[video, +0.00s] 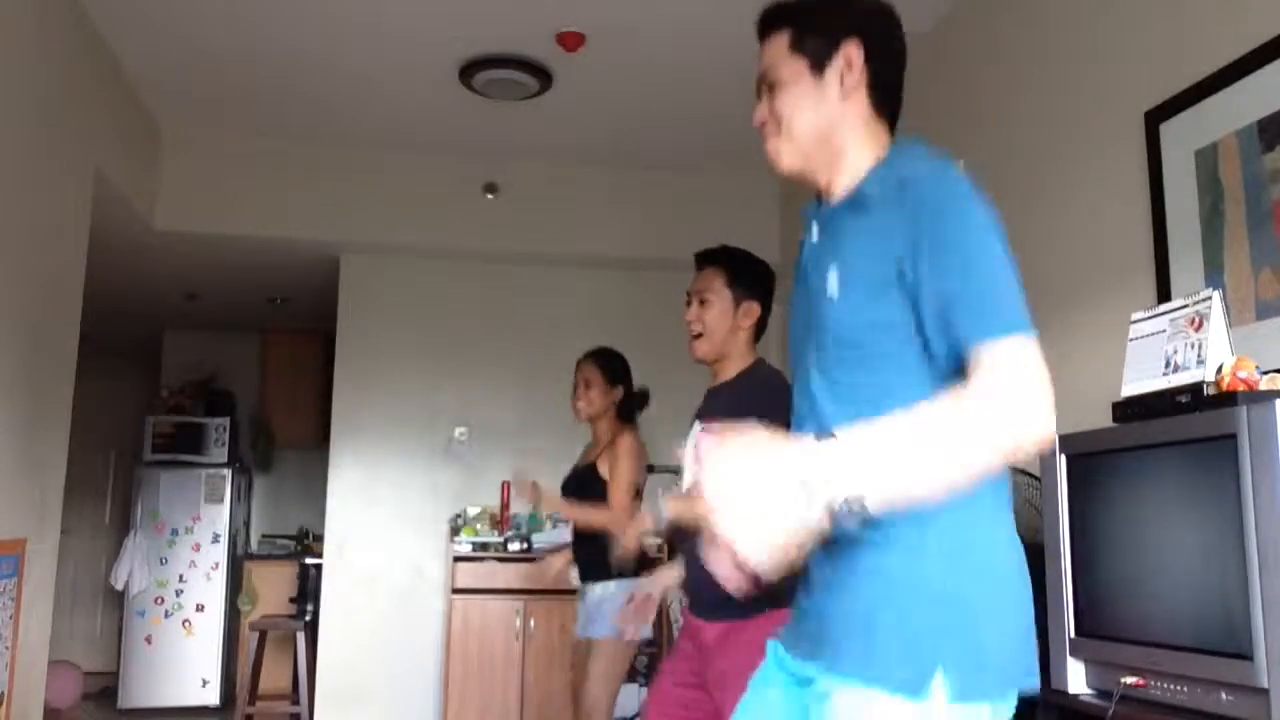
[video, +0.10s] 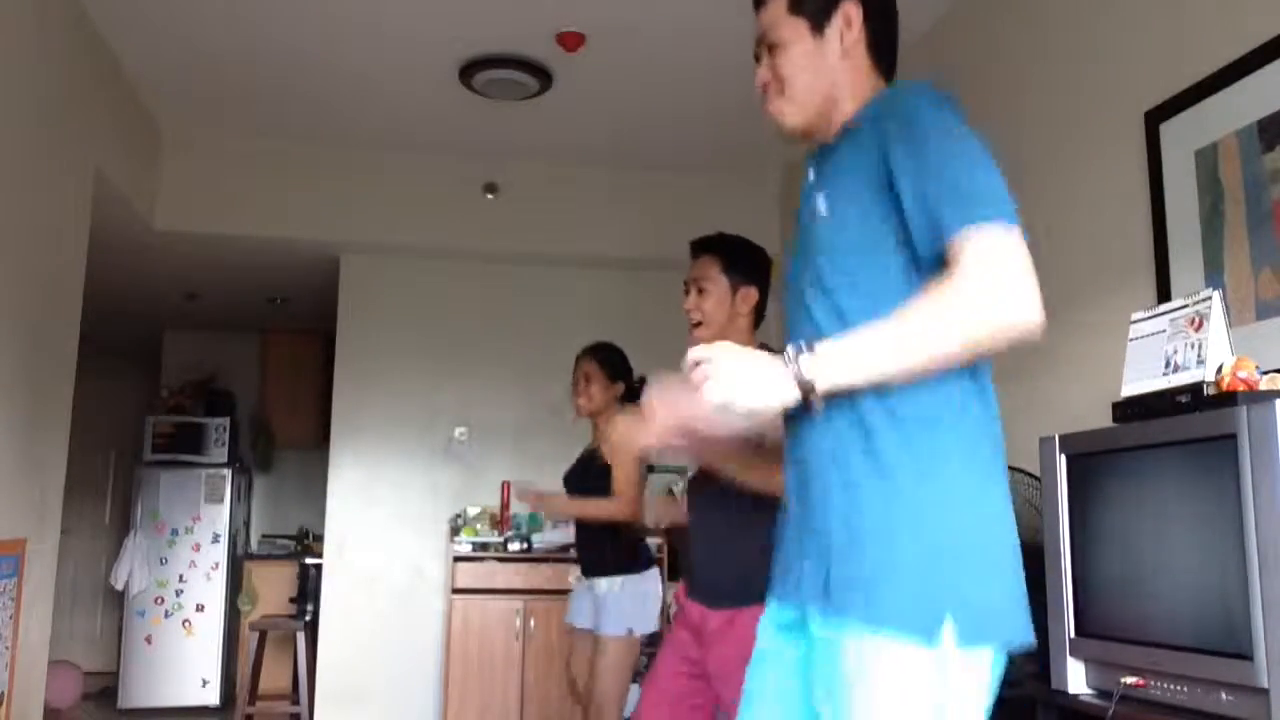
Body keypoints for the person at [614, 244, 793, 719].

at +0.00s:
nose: (690, 316)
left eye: (704, 302)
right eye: (689, 303)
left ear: (748, 314)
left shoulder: (767, 394)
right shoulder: (715, 397)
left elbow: (766, 515)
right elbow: (718, 515)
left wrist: (669, 512)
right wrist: (664, 579)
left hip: (756, 629)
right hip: (700, 625)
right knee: (662, 713)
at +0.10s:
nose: (688, 305)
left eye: (701, 290)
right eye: (687, 292)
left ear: (746, 299)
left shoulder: (778, 384)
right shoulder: (708, 389)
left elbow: (800, 481)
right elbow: (718, 504)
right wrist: (663, 512)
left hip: (755, 618)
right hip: (693, 612)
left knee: (751, 712)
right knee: (656, 713)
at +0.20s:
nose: (687, 302)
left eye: (700, 288)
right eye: (686, 288)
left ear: (745, 296)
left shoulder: (777, 374)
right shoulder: (712, 383)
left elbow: (812, 481)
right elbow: (696, 491)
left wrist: (746, 454)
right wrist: (623, 435)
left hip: (751, 608)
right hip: (695, 607)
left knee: (749, 714)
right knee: (674, 714)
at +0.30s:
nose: (688, 313)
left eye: (701, 299)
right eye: (689, 300)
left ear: (747, 311)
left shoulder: (759, 398)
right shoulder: (712, 399)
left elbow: (763, 508)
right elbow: (704, 506)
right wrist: (645, 485)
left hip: (738, 605)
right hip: (701, 603)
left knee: (731, 712)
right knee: (691, 712)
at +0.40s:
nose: (701, 319)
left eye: (711, 307)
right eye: (701, 308)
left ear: (750, 322)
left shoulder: (779, 409)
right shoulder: (716, 410)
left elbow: (806, 527)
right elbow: (711, 517)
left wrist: (741, 599)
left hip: (757, 630)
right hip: (703, 625)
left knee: (745, 713)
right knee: (688, 713)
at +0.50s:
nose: (694, 332)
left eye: (707, 319)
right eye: (694, 319)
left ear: (752, 328)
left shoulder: (784, 417)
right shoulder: (723, 417)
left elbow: (801, 528)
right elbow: (715, 525)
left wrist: (705, 554)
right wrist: (681, 614)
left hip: (764, 643)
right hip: (713, 636)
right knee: (667, 713)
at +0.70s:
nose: (698, 311)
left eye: (711, 295)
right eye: (697, 297)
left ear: (755, 299)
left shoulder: (789, 378)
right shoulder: (717, 390)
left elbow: (791, 487)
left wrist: (706, 462)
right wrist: (661, 472)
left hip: (761, 611)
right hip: (703, 605)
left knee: (752, 712)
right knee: (686, 712)